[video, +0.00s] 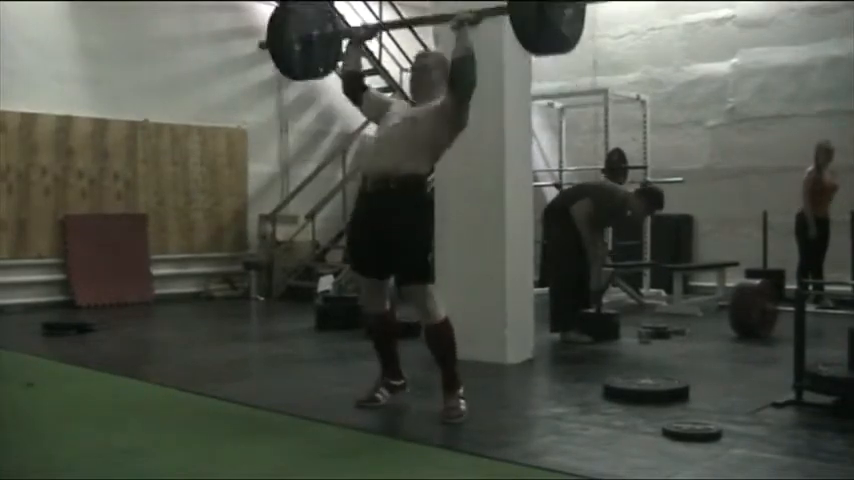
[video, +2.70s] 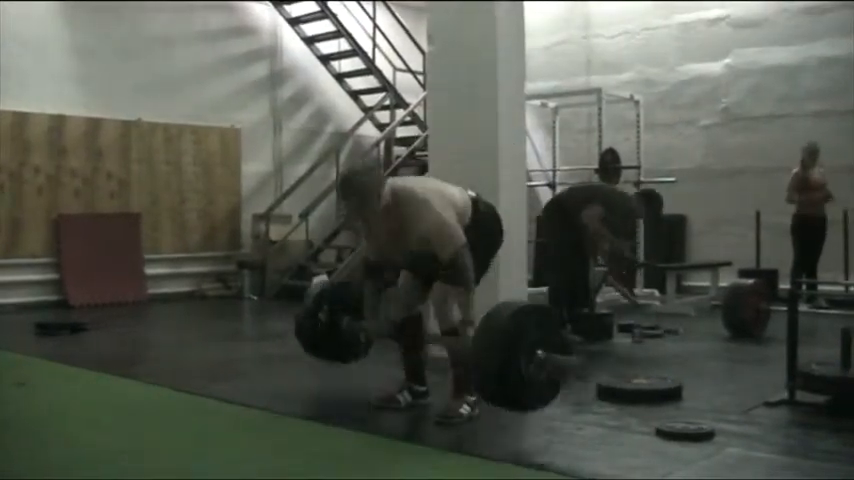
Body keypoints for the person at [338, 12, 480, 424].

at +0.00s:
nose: (417, 70)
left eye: (426, 66)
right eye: (414, 66)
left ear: (444, 77)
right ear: (410, 76)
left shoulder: (446, 115)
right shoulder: (391, 109)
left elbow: (464, 81)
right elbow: (354, 88)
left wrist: (463, 32)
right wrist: (356, 45)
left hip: (411, 202)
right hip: (372, 201)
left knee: (422, 298)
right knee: (373, 297)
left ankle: (453, 391)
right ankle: (392, 381)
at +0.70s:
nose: (447, 83)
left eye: (453, 76)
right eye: (442, 77)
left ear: (469, 75)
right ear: (436, 79)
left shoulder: (488, 105)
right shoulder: (433, 112)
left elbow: (519, 118)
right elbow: (391, 122)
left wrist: (491, 84)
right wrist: (375, 96)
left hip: (476, 204)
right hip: (435, 204)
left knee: (483, 297)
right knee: (410, 290)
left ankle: (507, 382)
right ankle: (395, 381)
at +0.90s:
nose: (457, 82)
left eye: (462, 75)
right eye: (452, 77)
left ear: (479, 72)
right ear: (448, 80)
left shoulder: (506, 112)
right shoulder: (442, 119)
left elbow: (535, 158)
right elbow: (422, 161)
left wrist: (533, 196)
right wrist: (406, 179)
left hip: (496, 206)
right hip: (456, 208)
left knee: (502, 295)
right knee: (432, 286)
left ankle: (510, 379)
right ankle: (441, 370)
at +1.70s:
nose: (413, 116)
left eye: (416, 108)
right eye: (409, 110)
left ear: (435, 98)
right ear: (413, 106)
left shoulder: (483, 126)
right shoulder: (424, 136)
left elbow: (515, 177)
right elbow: (407, 185)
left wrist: (515, 229)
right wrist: (390, 225)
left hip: (491, 211)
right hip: (455, 214)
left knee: (486, 295)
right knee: (427, 290)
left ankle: (497, 389)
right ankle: (454, 362)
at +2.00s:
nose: (372, 155)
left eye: (372, 147)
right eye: (367, 149)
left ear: (388, 135)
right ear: (372, 144)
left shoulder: (449, 148)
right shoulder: (396, 172)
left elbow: (484, 202)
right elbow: (387, 229)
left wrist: (491, 255)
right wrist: (380, 278)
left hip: (479, 216)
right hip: (443, 221)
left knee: (472, 299)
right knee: (420, 293)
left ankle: (491, 392)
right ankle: (416, 384)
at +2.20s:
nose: (369, 210)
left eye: (370, 201)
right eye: (363, 206)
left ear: (382, 191)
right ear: (362, 205)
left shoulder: (436, 210)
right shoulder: (385, 218)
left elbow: (465, 267)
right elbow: (376, 270)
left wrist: (475, 316)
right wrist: (372, 323)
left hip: (481, 243)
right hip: (432, 248)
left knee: (445, 307)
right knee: (403, 299)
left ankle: (469, 395)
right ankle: (416, 385)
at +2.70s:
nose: (356, 214)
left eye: (361, 206)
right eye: (351, 207)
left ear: (381, 195)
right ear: (346, 201)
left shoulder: (424, 210)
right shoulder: (369, 213)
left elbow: (462, 259)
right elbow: (372, 258)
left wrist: (467, 318)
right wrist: (334, 284)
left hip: (477, 226)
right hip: (429, 235)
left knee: (445, 303)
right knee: (406, 302)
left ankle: (464, 396)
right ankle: (415, 386)